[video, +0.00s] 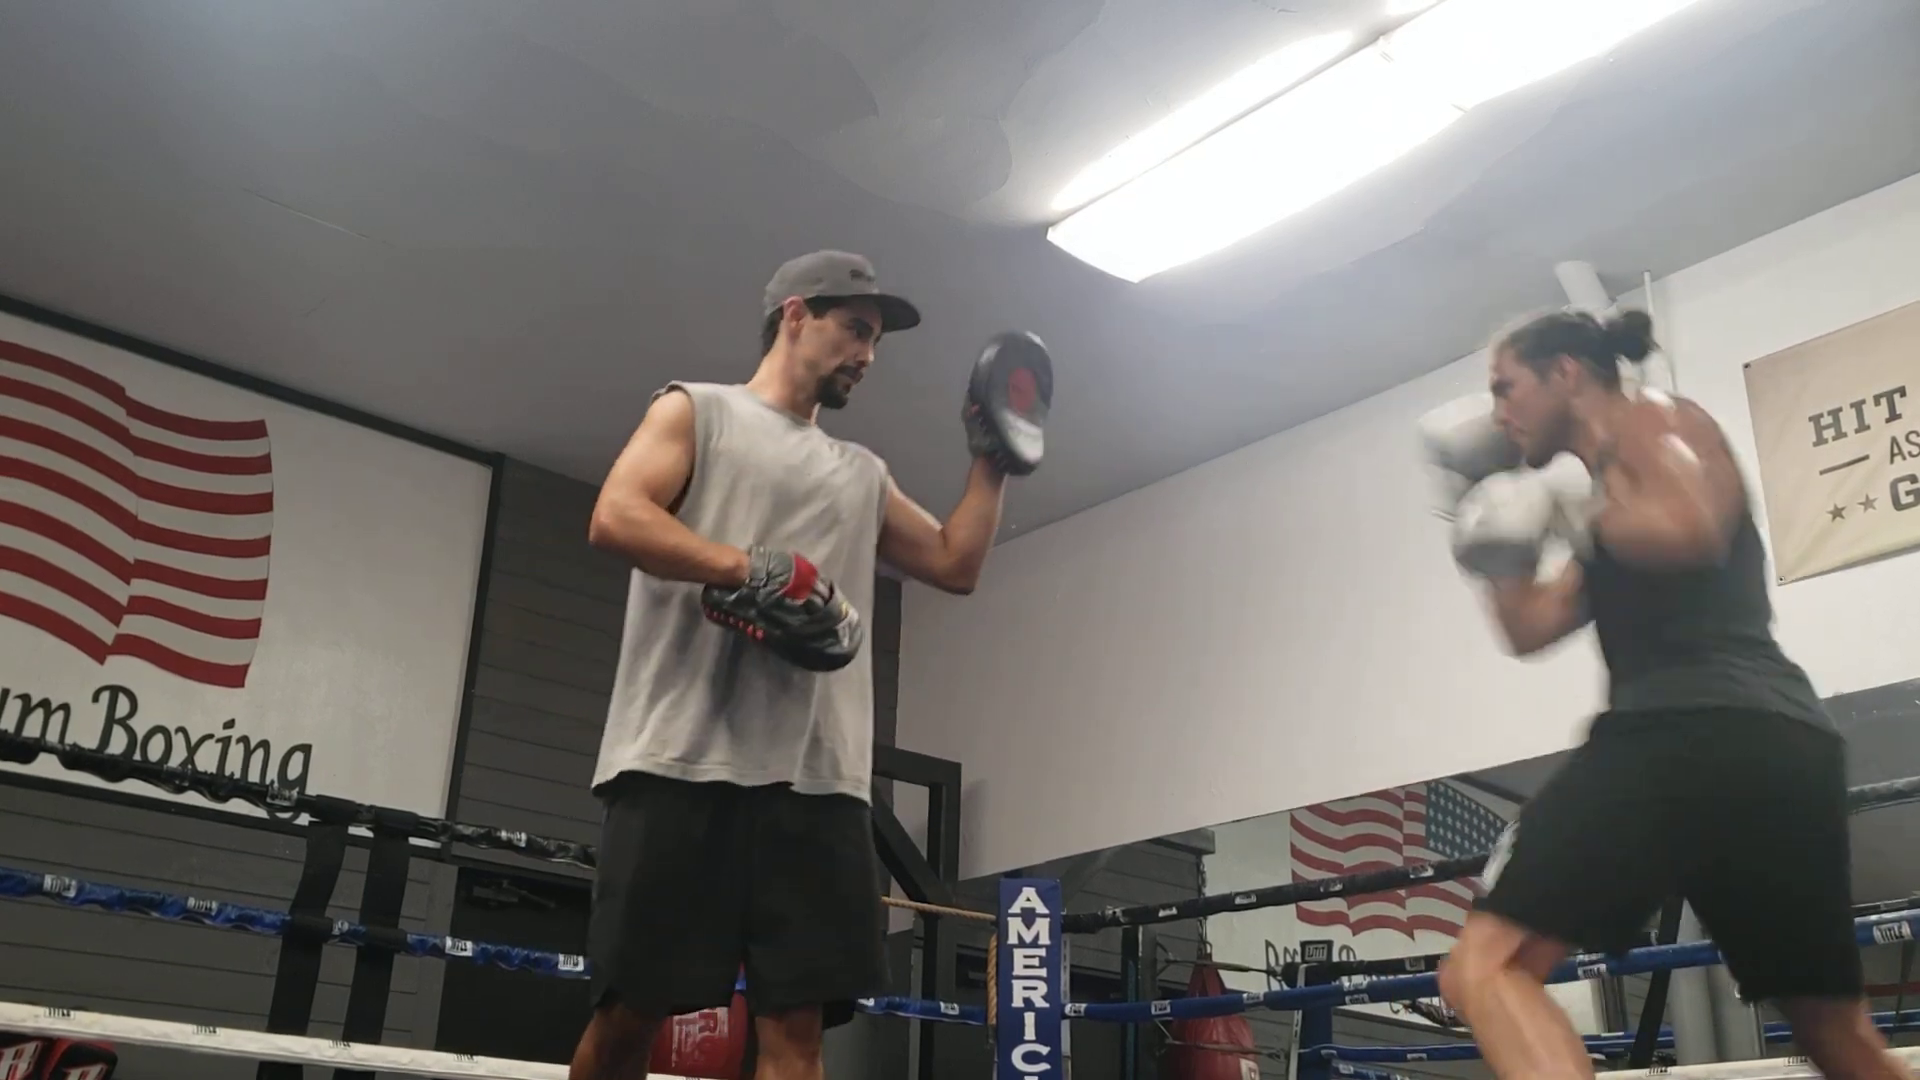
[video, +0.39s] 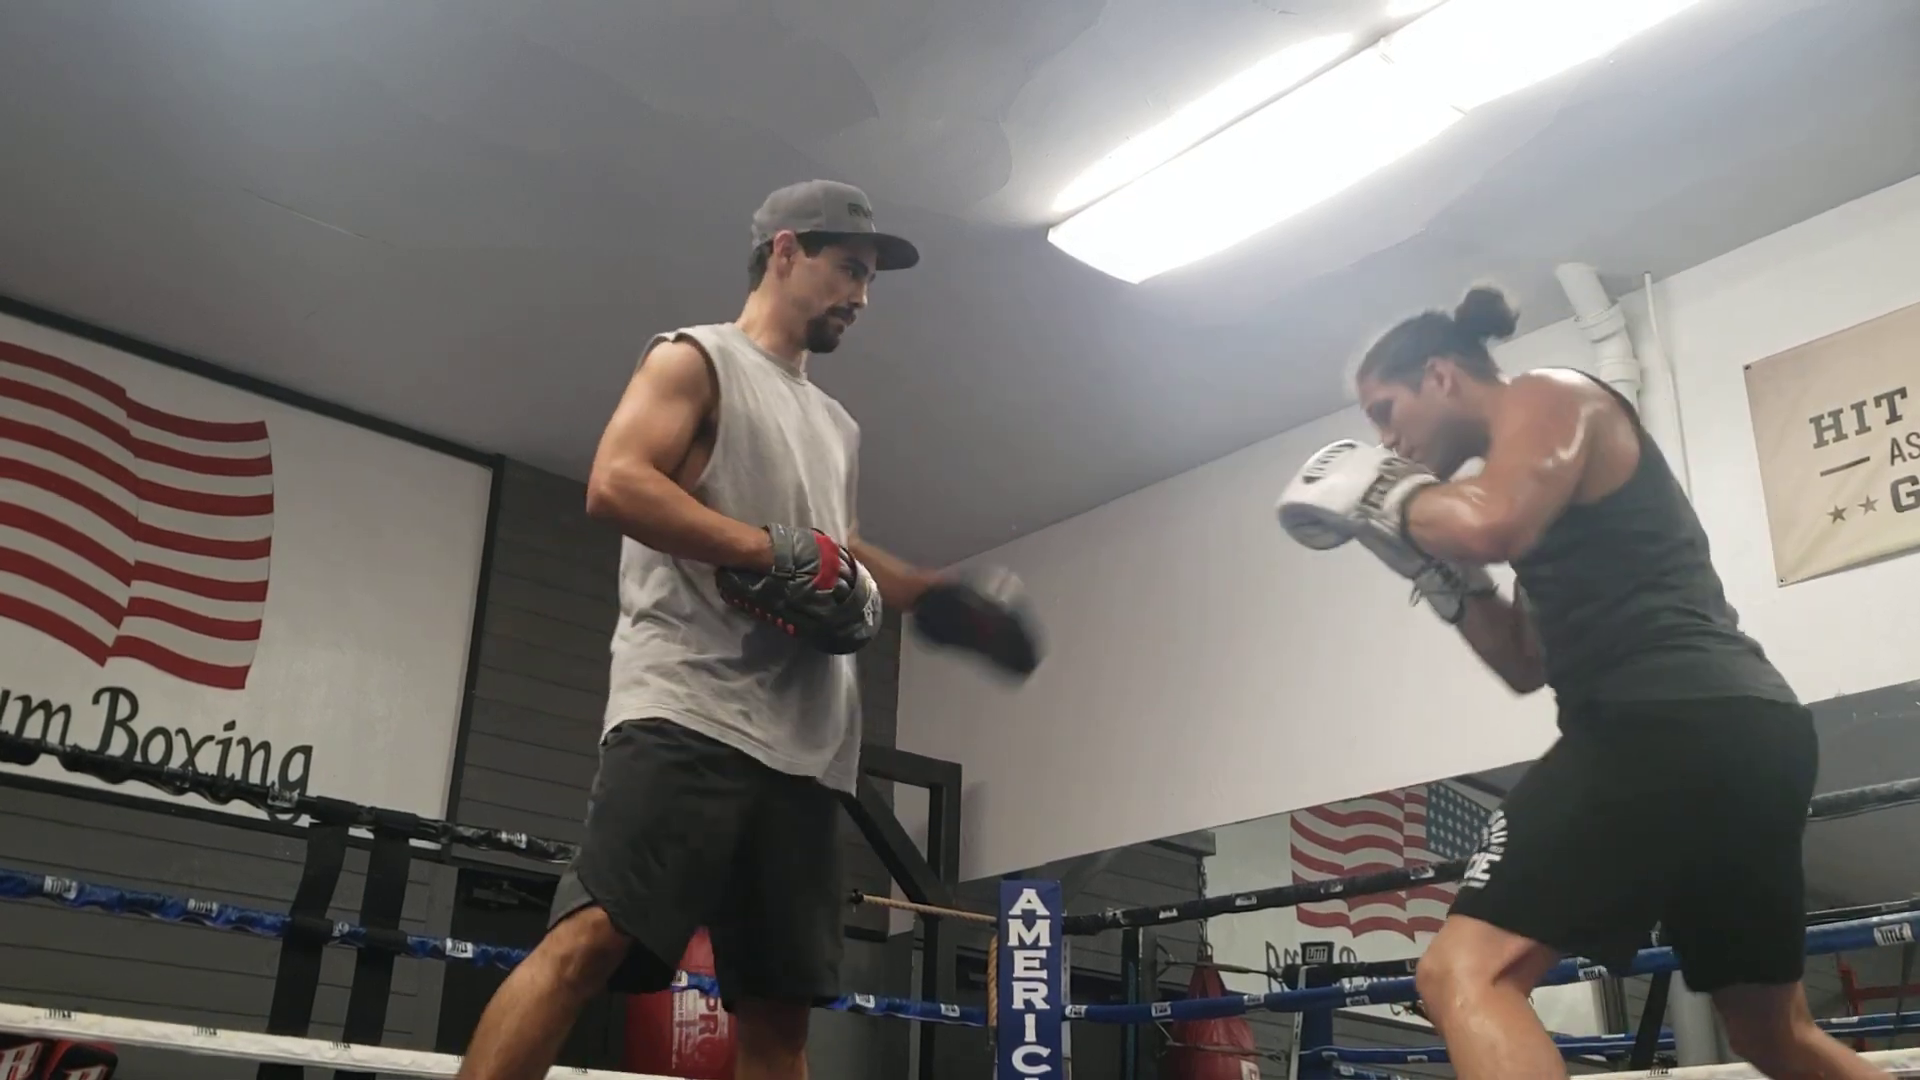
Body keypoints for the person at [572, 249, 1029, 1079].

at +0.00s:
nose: (866, 356)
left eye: (875, 342)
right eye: (855, 329)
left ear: (866, 356)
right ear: (794, 314)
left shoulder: (862, 474)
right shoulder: (692, 410)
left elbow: (955, 563)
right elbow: (617, 515)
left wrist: (993, 455)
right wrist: (753, 570)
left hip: (816, 782)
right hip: (677, 766)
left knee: (794, 1028)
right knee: (627, 1018)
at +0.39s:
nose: (862, 295)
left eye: (870, 277)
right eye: (850, 267)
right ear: (784, 250)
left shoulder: (837, 427)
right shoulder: (693, 359)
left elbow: (837, 554)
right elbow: (618, 483)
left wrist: (937, 596)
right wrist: (777, 554)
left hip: (806, 751)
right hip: (685, 718)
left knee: (778, 1010)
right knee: (589, 943)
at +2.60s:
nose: (713, 268)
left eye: (723, 248)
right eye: (713, 235)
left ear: (657, 215)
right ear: (667, 203)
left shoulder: (650, 358)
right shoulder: (570, 292)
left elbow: (645, 521)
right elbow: (535, 426)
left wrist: (730, 596)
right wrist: (684, 556)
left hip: (672, 703)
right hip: (569, 684)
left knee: (729, 956)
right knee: (514, 962)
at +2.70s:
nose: (729, 250)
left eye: (739, 230)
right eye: (732, 216)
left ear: (668, 193)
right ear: (686, 184)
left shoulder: (663, 333)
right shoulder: (586, 272)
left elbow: (656, 504)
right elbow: (558, 411)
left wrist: (733, 581)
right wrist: (709, 539)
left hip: (682, 690)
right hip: (573, 673)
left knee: (746, 936)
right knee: (510, 953)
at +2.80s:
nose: (763, 235)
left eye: (771, 214)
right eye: (764, 200)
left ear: (701, 177)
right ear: (716, 170)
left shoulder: (690, 319)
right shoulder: (612, 253)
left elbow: (677, 489)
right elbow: (586, 394)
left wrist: (757, 567)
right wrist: (732, 521)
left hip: (700, 675)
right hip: (589, 657)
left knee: (756, 930)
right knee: (520, 942)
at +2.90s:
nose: (801, 230)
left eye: (810, 211)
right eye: (804, 199)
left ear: (749, 174)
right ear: (760, 166)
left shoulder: (722, 314)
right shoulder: (650, 242)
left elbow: (714, 481)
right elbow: (616, 380)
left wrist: (797, 575)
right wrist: (769, 516)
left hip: (727, 669)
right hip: (615, 648)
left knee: (793, 924)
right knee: (541, 941)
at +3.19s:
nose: (928, 218)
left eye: (936, 199)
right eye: (932, 188)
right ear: (897, 154)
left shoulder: (863, 301)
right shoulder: (793, 196)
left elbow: (864, 458)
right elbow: (771, 323)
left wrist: (969, 523)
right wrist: (925, 459)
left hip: (890, 642)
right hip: (784, 615)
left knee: (913, 940)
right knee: (751, 916)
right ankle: (576, 1073)